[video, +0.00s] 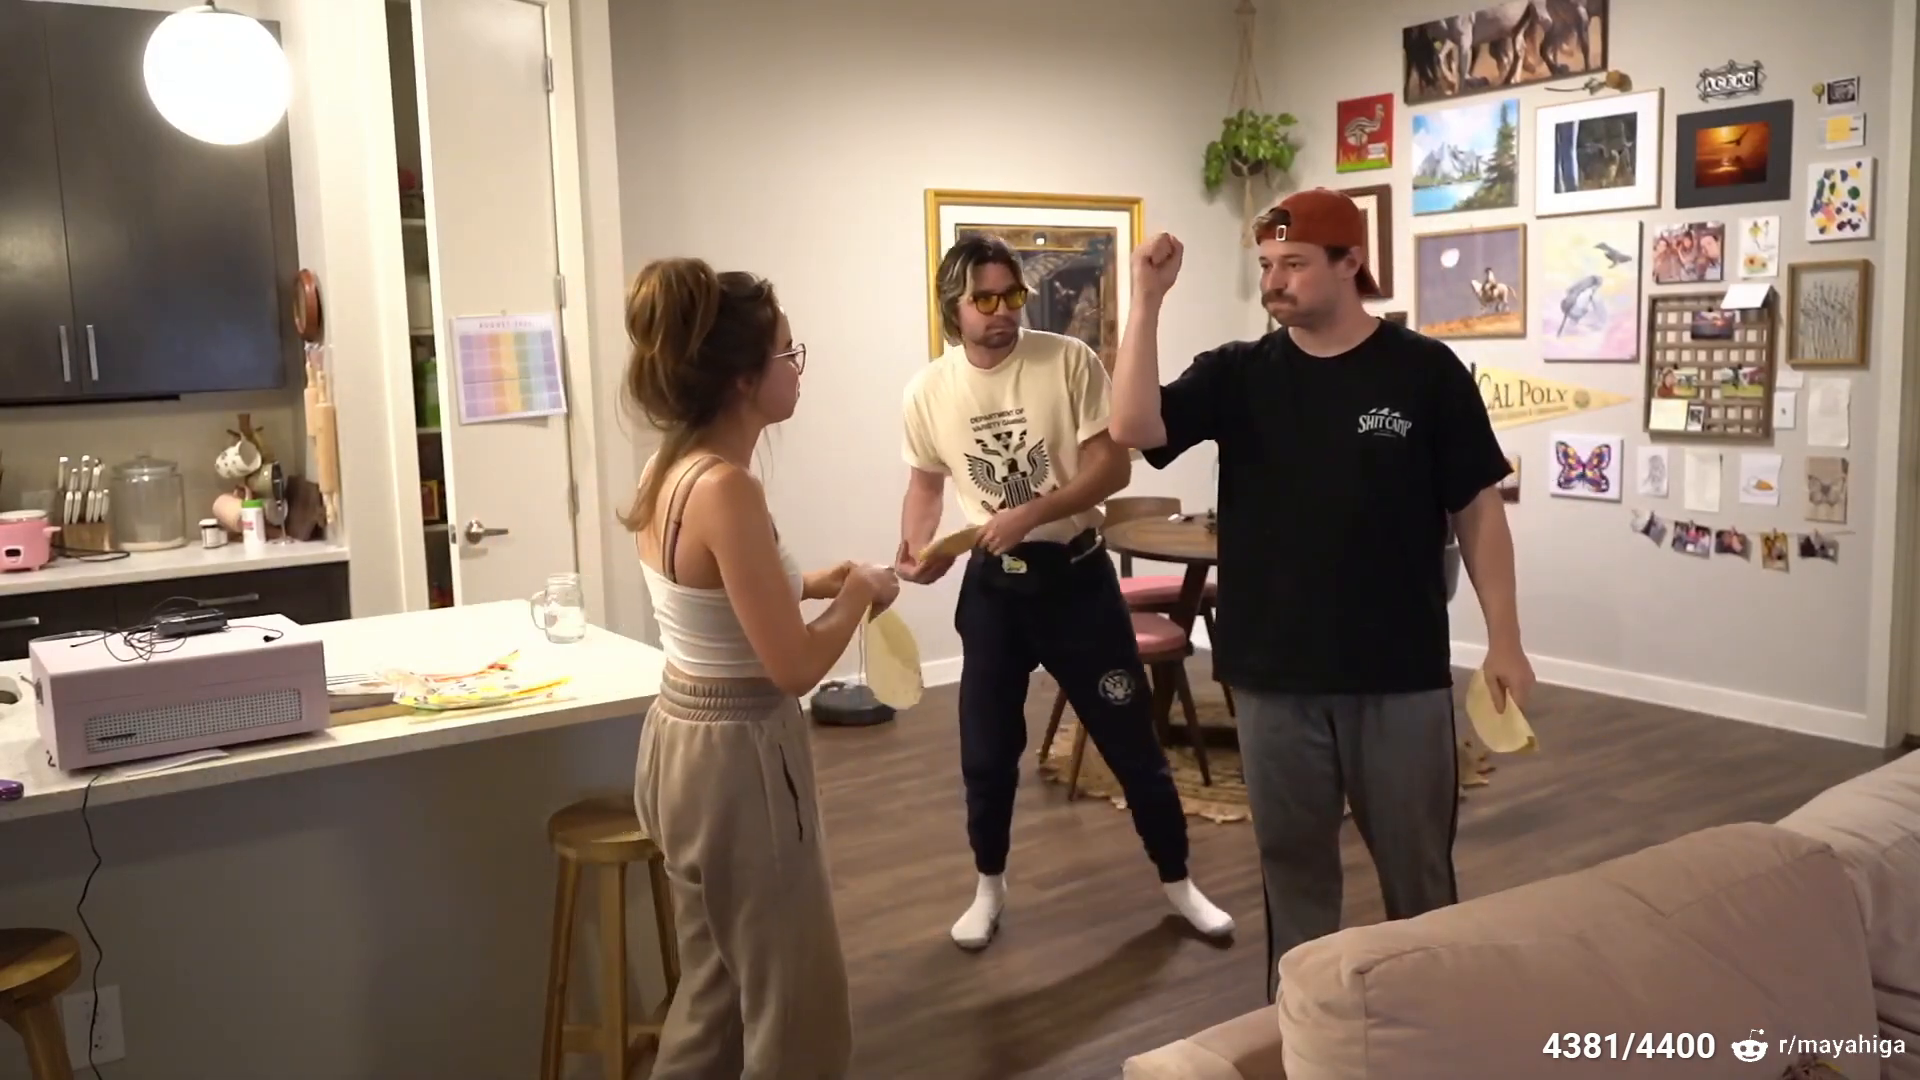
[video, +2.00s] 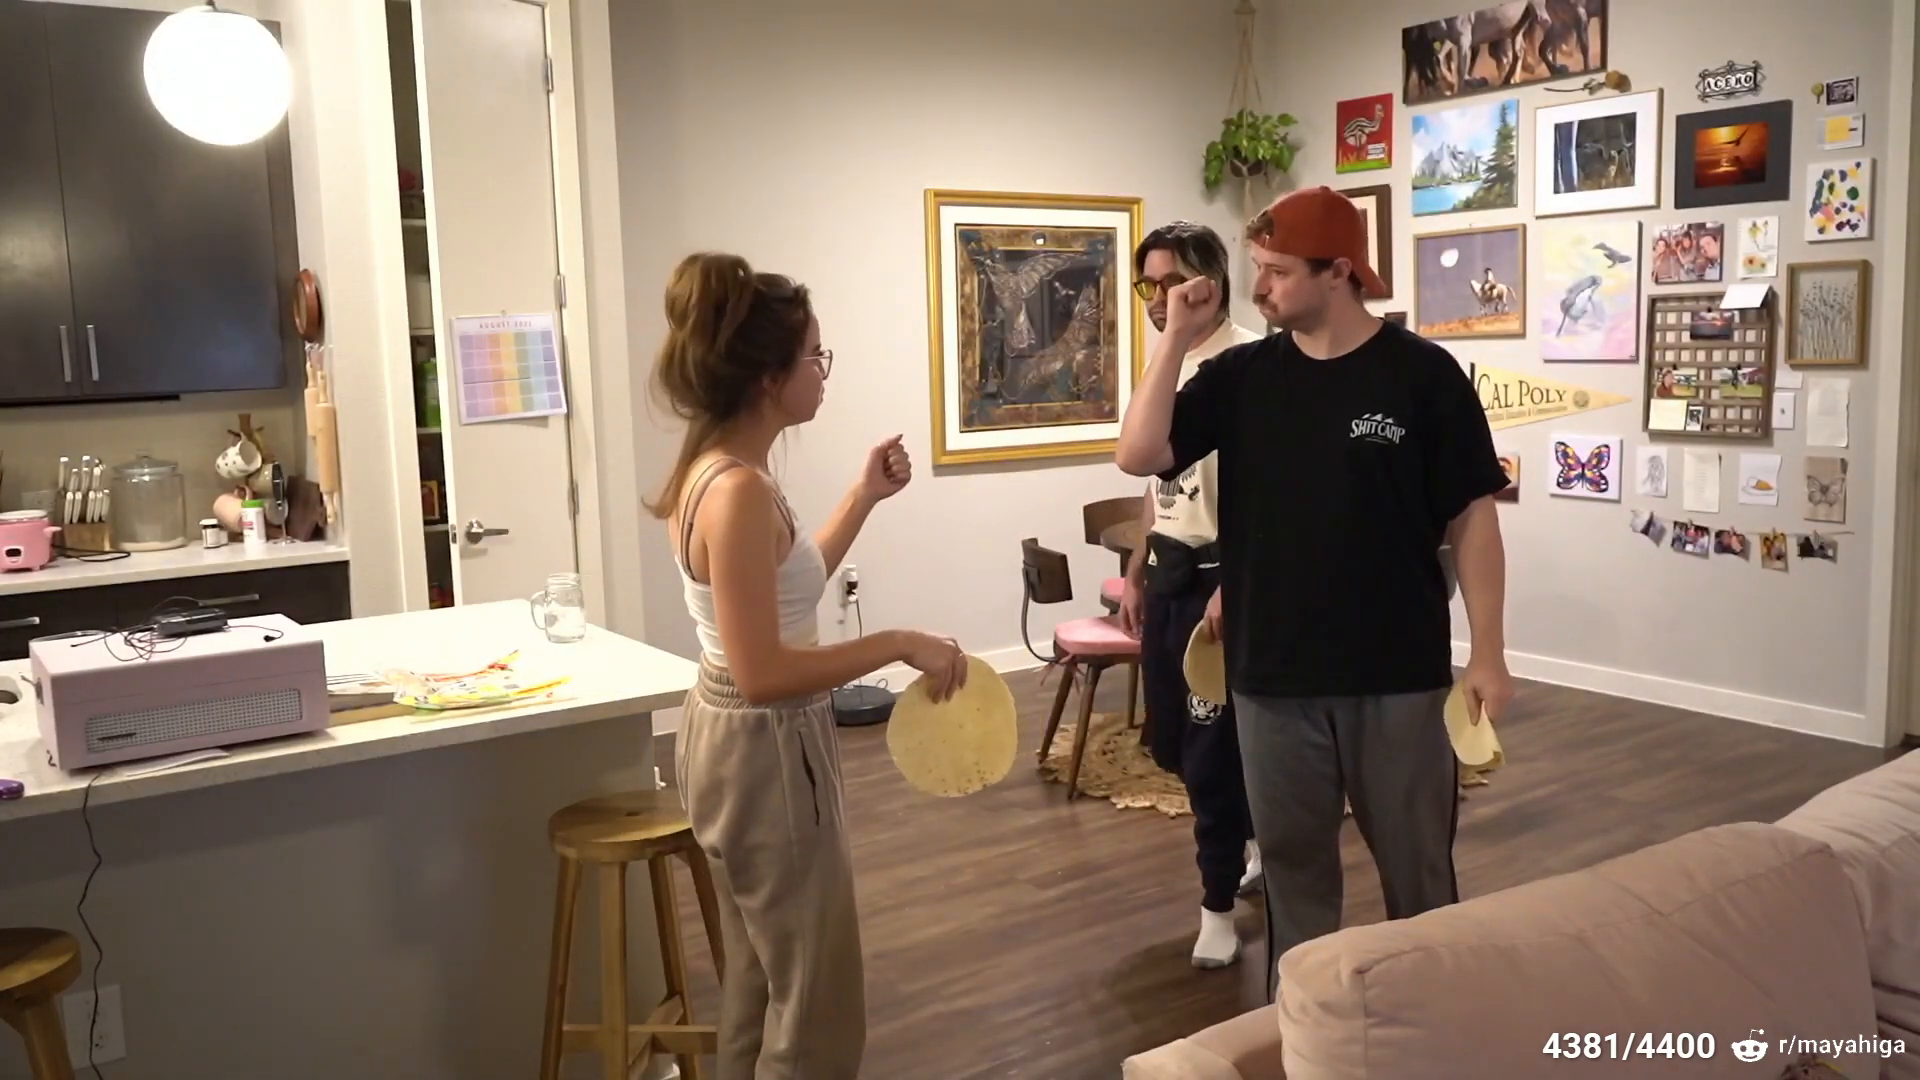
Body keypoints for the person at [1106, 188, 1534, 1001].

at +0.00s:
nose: (1274, 280)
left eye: (1292, 263)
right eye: (1267, 266)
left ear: (1349, 266)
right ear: (1262, 273)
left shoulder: (1427, 371)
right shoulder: (1239, 374)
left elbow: (1479, 510)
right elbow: (1134, 426)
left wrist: (1504, 640)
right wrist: (1146, 301)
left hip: (1400, 678)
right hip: (1272, 679)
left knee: (1418, 881)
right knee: (1293, 882)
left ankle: (1438, 1038)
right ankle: (1303, 1041)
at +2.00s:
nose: (1258, 288)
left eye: (1274, 273)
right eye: (1257, 273)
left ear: (1338, 273)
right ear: (1313, 275)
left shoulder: (1425, 374)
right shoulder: (1239, 377)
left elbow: (1473, 518)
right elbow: (1139, 452)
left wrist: (1487, 652)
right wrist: (1174, 339)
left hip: (1397, 681)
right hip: (1272, 683)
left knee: (1420, 884)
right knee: (1293, 886)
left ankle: (1440, 1039)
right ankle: (1302, 1043)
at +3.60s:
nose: (1284, 256)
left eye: (1306, 243)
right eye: (1280, 244)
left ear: (1361, 258)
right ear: (1274, 260)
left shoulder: (1431, 371)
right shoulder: (1247, 374)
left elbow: (1484, 510)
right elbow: (1157, 481)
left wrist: (1498, 648)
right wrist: (1159, 371)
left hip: (1402, 677)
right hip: (1277, 677)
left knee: (1418, 879)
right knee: (1294, 874)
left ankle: (1439, 1034)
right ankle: (1303, 1036)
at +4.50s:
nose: (1285, 262)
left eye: (1306, 249)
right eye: (1280, 250)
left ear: (1361, 262)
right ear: (1275, 261)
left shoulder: (1428, 374)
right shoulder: (1240, 376)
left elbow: (1475, 518)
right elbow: (1136, 437)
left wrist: (1491, 653)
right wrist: (1051, 441)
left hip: (1397, 680)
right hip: (1274, 681)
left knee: (1422, 881)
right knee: (1290, 877)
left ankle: (1445, 1034)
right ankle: (1298, 1037)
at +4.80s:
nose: (1259, 260)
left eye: (1280, 246)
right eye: (1252, 248)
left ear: (1334, 258)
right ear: (1246, 263)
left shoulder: (1406, 374)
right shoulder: (1217, 381)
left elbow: (1468, 498)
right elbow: (1129, 480)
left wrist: (1418, 601)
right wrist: (1054, 505)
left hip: (1385, 675)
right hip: (1263, 678)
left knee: (1411, 874)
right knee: (1282, 873)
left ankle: (1440, 1025)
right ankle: (1296, 1033)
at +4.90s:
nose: (1248, 258)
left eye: (1270, 245)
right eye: (1243, 247)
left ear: (1324, 259)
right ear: (1237, 264)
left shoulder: (1392, 375)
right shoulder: (1207, 383)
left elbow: (1437, 517)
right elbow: (1145, 499)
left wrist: (1328, 562)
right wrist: (1132, 523)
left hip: (1373, 675)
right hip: (1250, 677)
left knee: (1402, 862)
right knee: (1273, 867)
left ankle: (1428, 1016)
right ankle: (1293, 1026)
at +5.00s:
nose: (1234, 263)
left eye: (1256, 248)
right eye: (1230, 250)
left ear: (1311, 261)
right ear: (1228, 264)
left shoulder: (1371, 372)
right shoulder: (1205, 382)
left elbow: (1388, 521)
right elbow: (1175, 508)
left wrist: (1242, 528)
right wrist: (1170, 534)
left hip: (1354, 675)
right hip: (1237, 674)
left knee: (1375, 865)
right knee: (1265, 870)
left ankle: (1406, 1019)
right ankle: (1294, 1026)